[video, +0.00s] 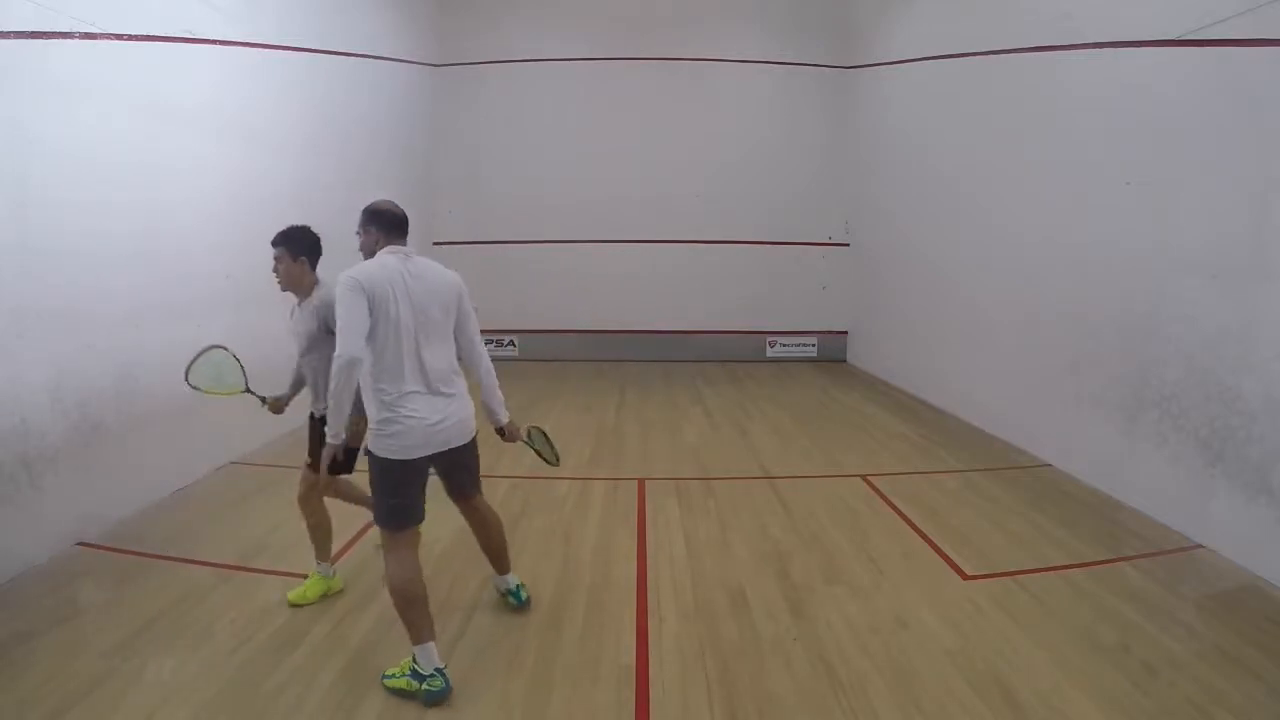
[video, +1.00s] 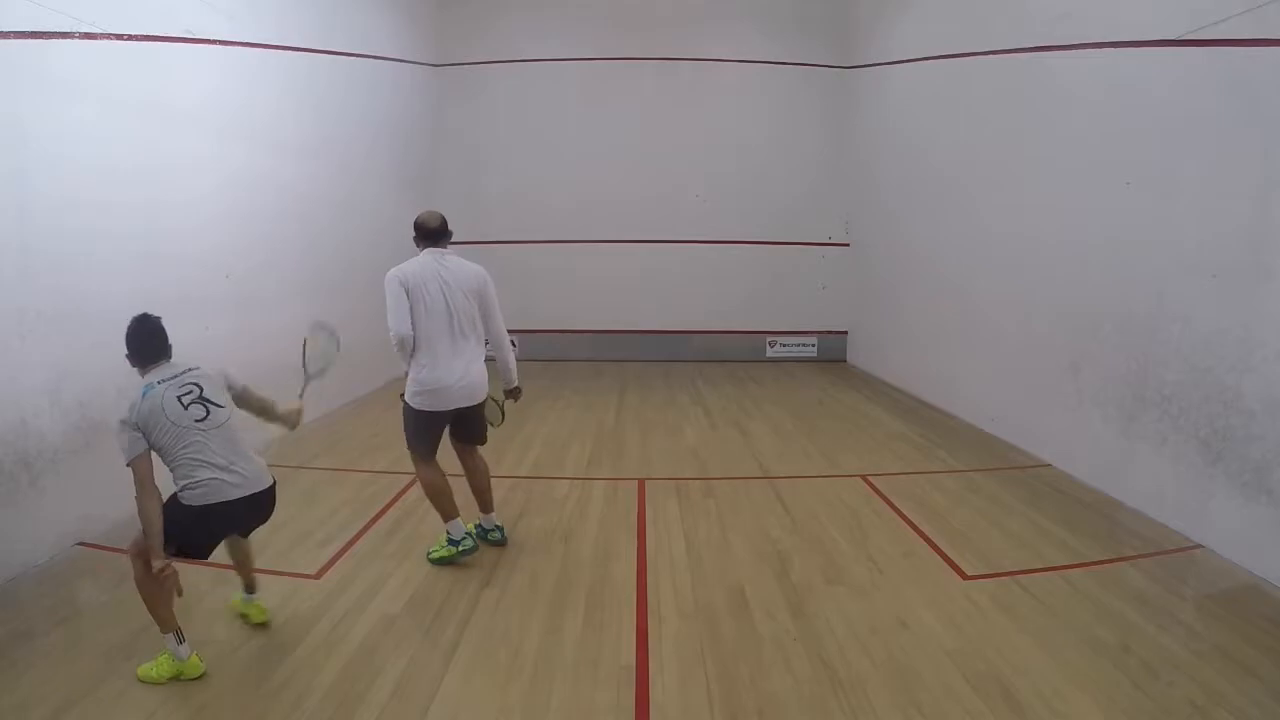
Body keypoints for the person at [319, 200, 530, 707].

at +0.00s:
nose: (358, 243)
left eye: (360, 235)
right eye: (360, 235)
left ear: (372, 235)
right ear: (405, 233)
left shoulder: (357, 280)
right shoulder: (447, 279)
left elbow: (350, 355)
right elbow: (476, 354)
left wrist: (335, 435)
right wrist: (500, 415)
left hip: (398, 438)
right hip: (455, 427)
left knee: (400, 547)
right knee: (472, 499)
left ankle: (429, 667)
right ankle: (510, 583)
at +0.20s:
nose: (385, 244)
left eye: (389, 235)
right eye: (384, 236)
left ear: (412, 232)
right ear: (425, 232)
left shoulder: (400, 272)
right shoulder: (474, 270)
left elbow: (409, 340)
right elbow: (493, 343)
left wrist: (402, 421)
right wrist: (502, 410)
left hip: (435, 412)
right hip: (488, 405)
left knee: (416, 497)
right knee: (493, 488)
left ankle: (451, 593)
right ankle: (517, 584)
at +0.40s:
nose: (395, 244)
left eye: (400, 235)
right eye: (394, 236)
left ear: (426, 233)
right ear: (434, 234)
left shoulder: (415, 270)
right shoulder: (477, 269)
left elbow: (431, 328)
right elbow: (499, 335)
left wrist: (415, 402)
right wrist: (487, 382)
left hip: (447, 404)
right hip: (498, 398)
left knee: (449, 479)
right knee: (498, 483)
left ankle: (461, 550)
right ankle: (516, 582)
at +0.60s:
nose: (392, 248)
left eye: (397, 239)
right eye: (392, 240)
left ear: (420, 236)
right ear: (430, 236)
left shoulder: (413, 274)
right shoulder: (474, 267)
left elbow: (417, 340)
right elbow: (494, 333)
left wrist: (396, 396)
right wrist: (485, 377)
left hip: (444, 396)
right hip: (491, 391)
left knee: (444, 470)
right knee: (478, 462)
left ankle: (462, 549)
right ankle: (506, 535)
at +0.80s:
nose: (396, 240)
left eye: (399, 233)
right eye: (396, 233)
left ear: (418, 231)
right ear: (433, 231)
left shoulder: (407, 266)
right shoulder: (475, 265)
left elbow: (405, 323)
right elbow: (501, 326)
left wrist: (392, 367)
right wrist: (516, 372)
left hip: (438, 387)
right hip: (481, 382)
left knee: (441, 466)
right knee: (470, 446)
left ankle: (463, 547)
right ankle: (493, 523)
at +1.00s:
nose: (414, 241)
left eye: (414, 237)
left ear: (415, 240)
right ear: (449, 237)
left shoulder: (400, 275)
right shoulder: (476, 273)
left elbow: (401, 334)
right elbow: (498, 335)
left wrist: (411, 368)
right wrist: (511, 380)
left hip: (427, 391)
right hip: (472, 386)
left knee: (424, 458)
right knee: (468, 448)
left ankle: (458, 535)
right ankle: (491, 525)